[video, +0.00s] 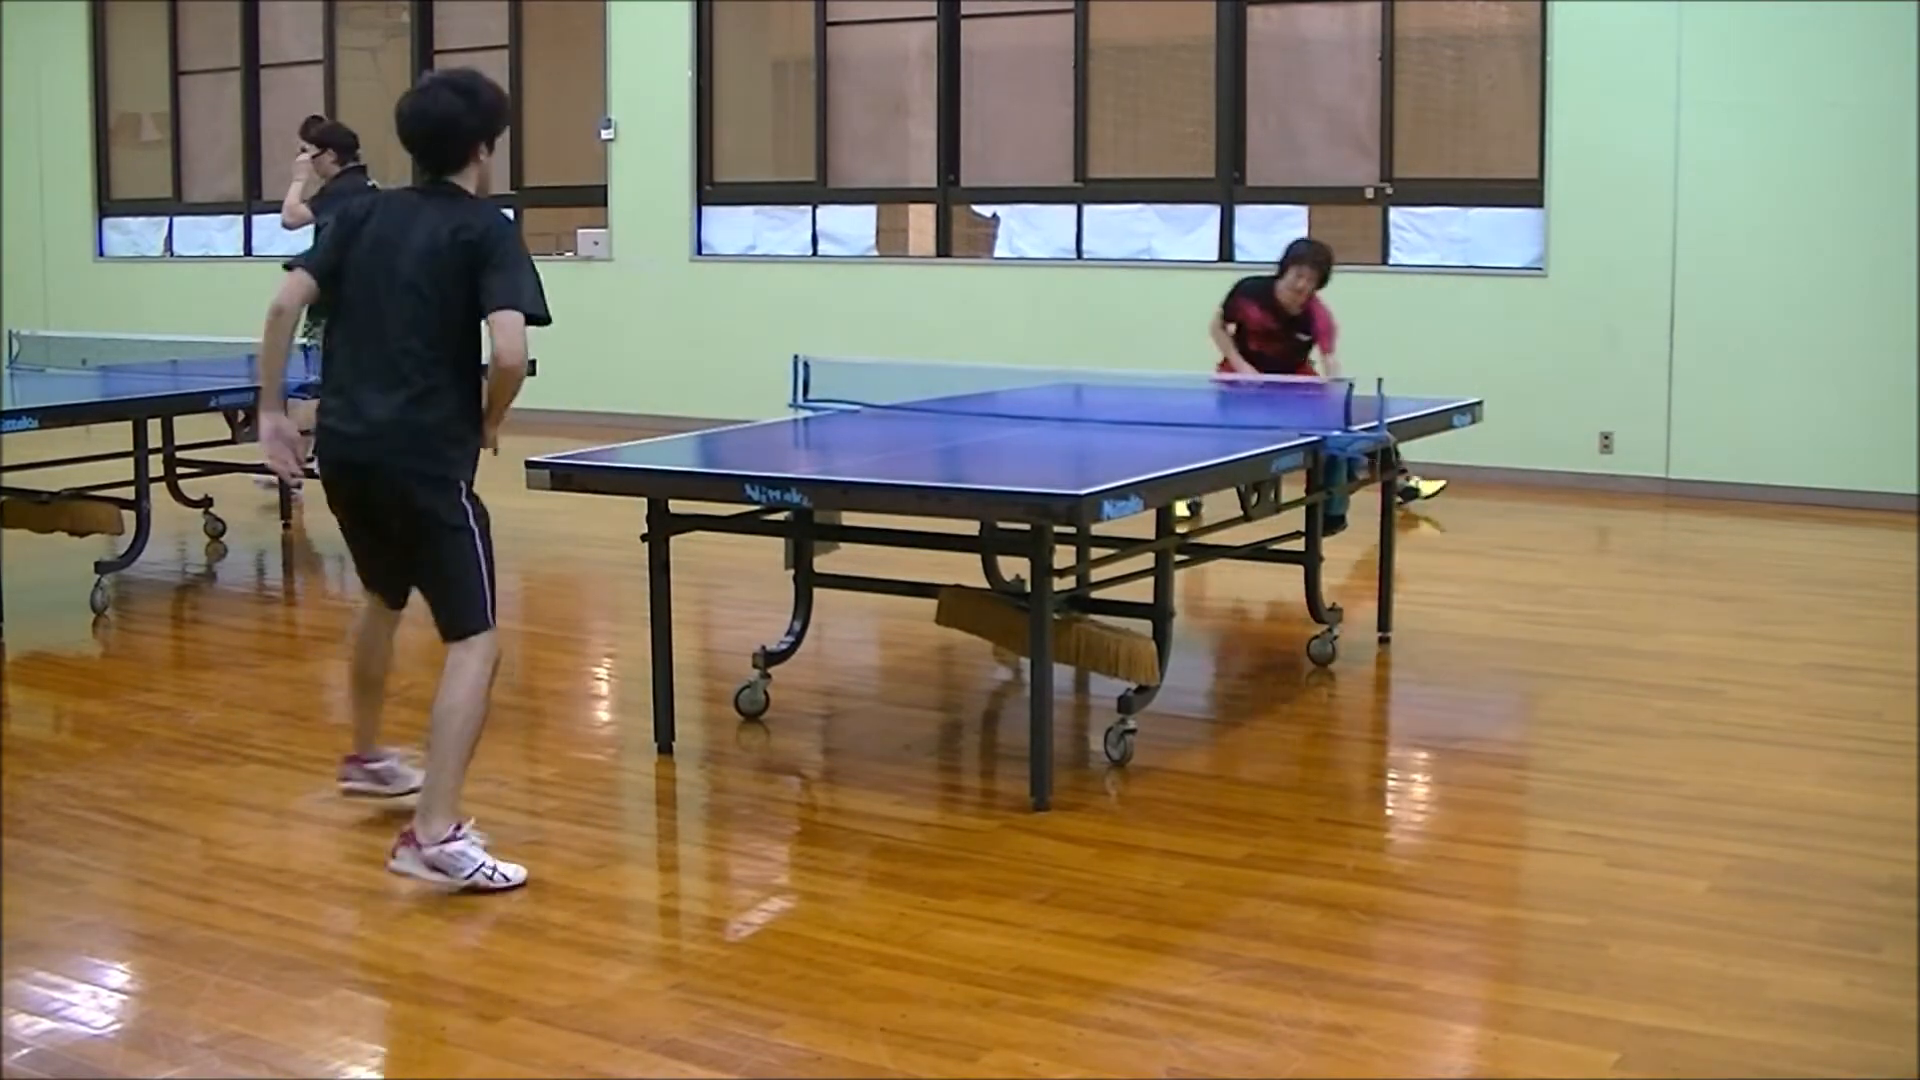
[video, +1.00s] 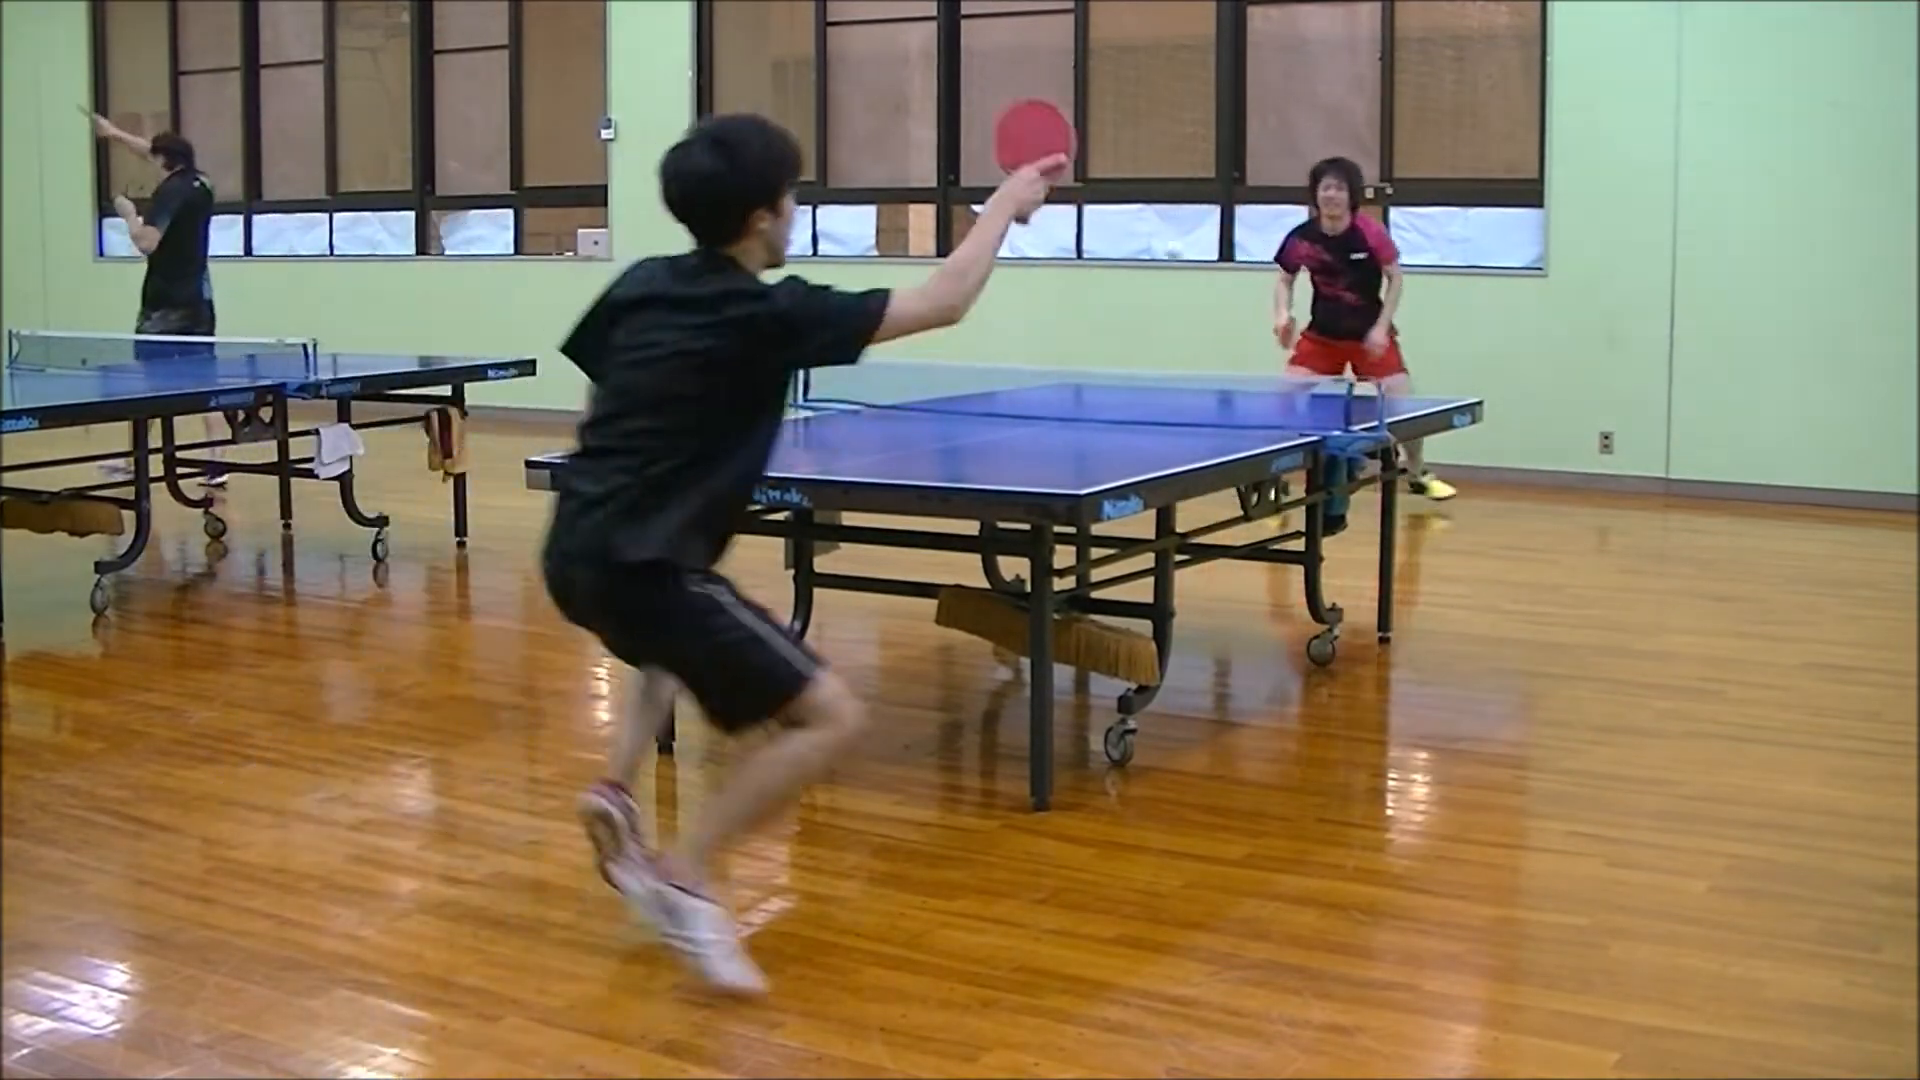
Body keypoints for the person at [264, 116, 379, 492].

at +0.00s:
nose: (305, 160)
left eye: (310, 153)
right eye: (304, 153)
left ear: (334, 156)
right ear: (345, 156)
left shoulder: (340, 192)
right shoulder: (367, 189)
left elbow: (290, 218)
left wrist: (299, 179)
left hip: (335, 308)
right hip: (362, 306)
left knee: (311, 386)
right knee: (347, 387)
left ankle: (291, 463)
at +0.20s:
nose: (269, 163)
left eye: (271, 156)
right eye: (268, 157)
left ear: (290, 153)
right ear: (302, 153)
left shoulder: (305, 186)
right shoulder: (324, 185)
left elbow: (250, 218)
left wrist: (249, 186)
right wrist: (264, 185)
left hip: (290, 310)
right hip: (311, 307)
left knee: (282, 397)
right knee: (300, 394)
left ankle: (291, 473)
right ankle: (299, 471)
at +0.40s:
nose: (244, 157)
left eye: (245, 151)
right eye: (244, 151)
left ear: (253, 154)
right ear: (283, 153)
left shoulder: (259, 188)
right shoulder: (296, 182)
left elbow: (208, 220)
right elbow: (255, 178)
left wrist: (203, 196)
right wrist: (244, 136)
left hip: (259, 302)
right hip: (285, 298)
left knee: (253, 392)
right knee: (269, 389)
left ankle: (274, 472)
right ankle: (272, 467)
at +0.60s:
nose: (217, 156)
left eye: (219, 153)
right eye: (220, 153)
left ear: (225, 158)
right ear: (253, 157)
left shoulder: (224, 194)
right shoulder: (263, 186)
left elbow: (180, 236)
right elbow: (234, 152)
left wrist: (177, 209)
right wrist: (198, 135)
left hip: (227, 306)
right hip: (253, 299)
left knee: (228, 389)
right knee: (239, 385)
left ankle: (273, 469)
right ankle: (221, 471)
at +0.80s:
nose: (186, 155)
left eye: (189, 151)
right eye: (188, 151)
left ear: (196, 156)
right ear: (222, 156)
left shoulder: (201, 188)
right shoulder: (234, 184)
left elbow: (175, 240)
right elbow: (188, 151)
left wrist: (156, 217)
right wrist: (152, 134)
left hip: (195, 303)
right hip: (225, 302)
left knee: (165, 377)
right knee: (209, 383)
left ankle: (213, 436)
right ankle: (218, 479)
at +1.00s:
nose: (153, 161)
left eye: (156, 157)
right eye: (154, 157)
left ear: (165, 162)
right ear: (186, 158)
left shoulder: (172, 190)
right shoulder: (201, 184)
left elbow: (147, 243)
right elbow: (152, 151)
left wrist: (129, 215)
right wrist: (115, 132)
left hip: (164, 305)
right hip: (198, 303)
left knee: (141, 381)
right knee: (209, 389)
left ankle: (130, 459)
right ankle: (218, 465)